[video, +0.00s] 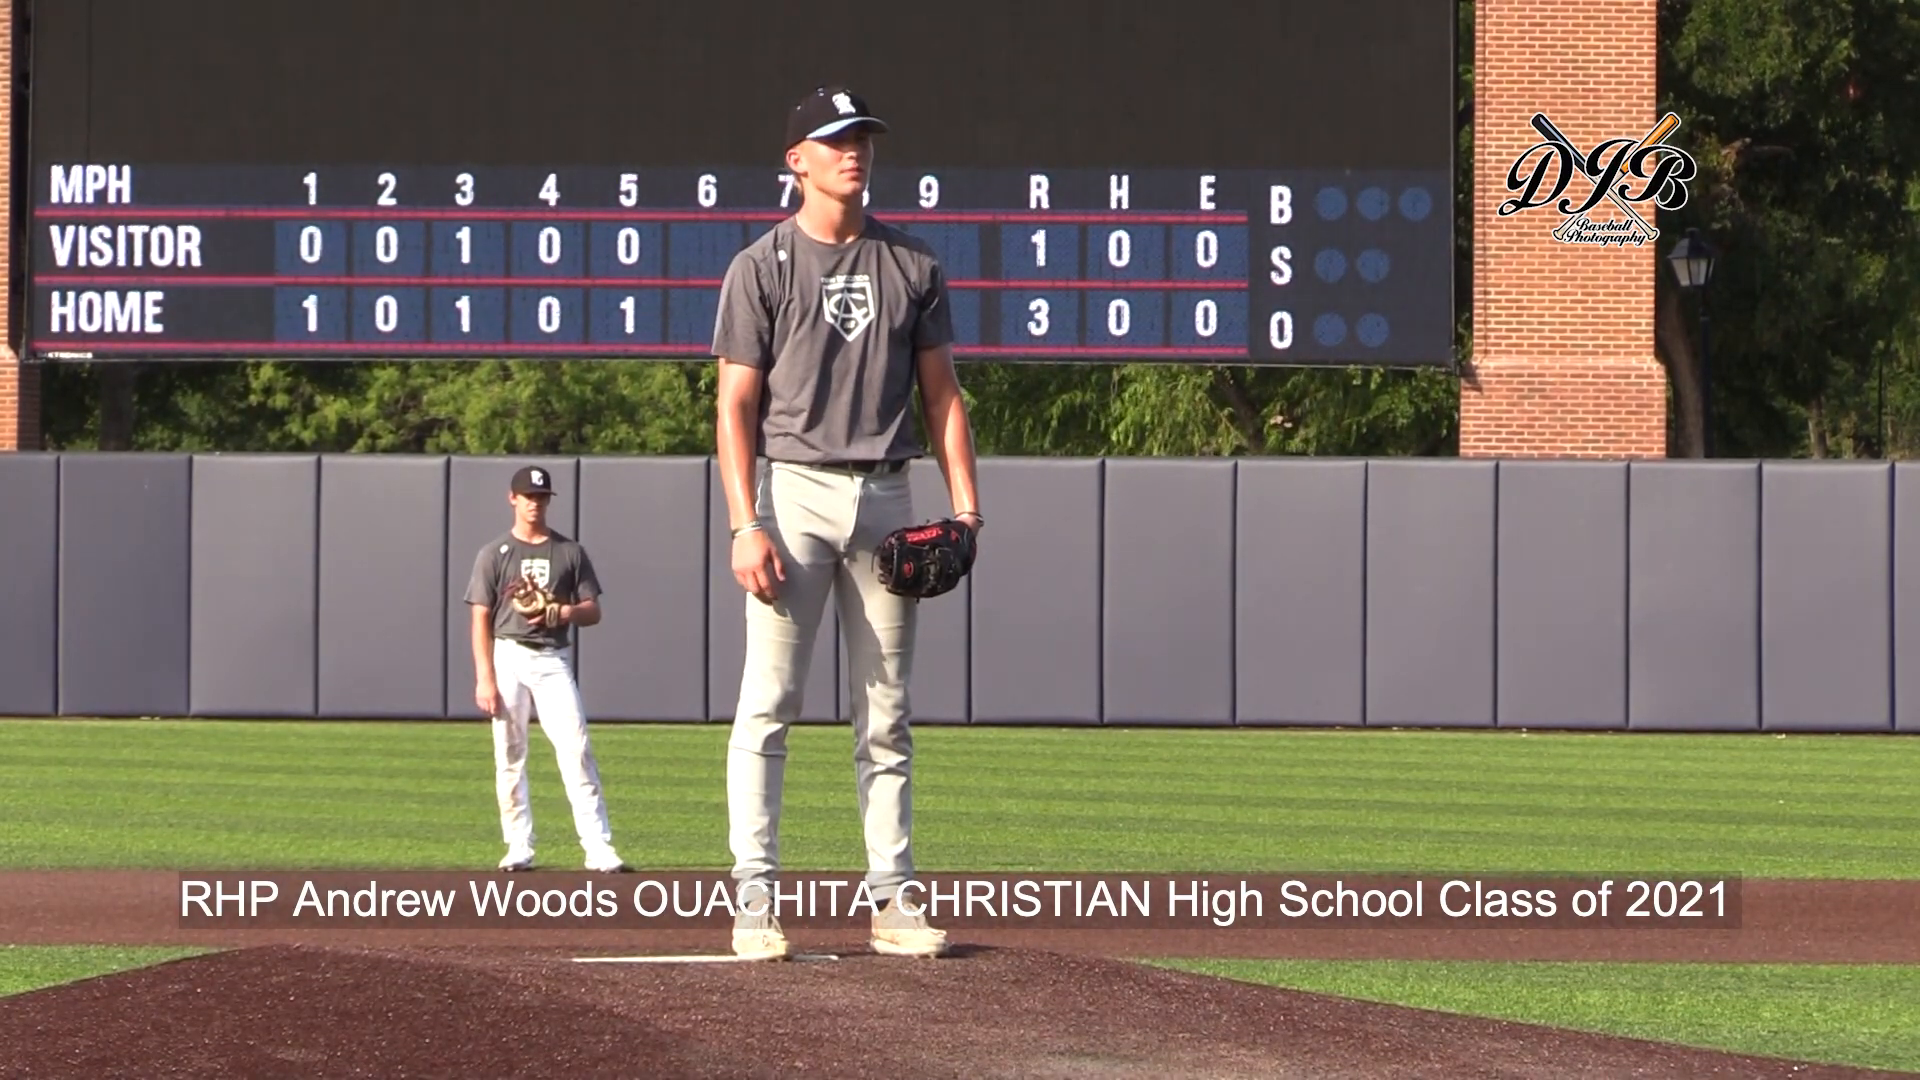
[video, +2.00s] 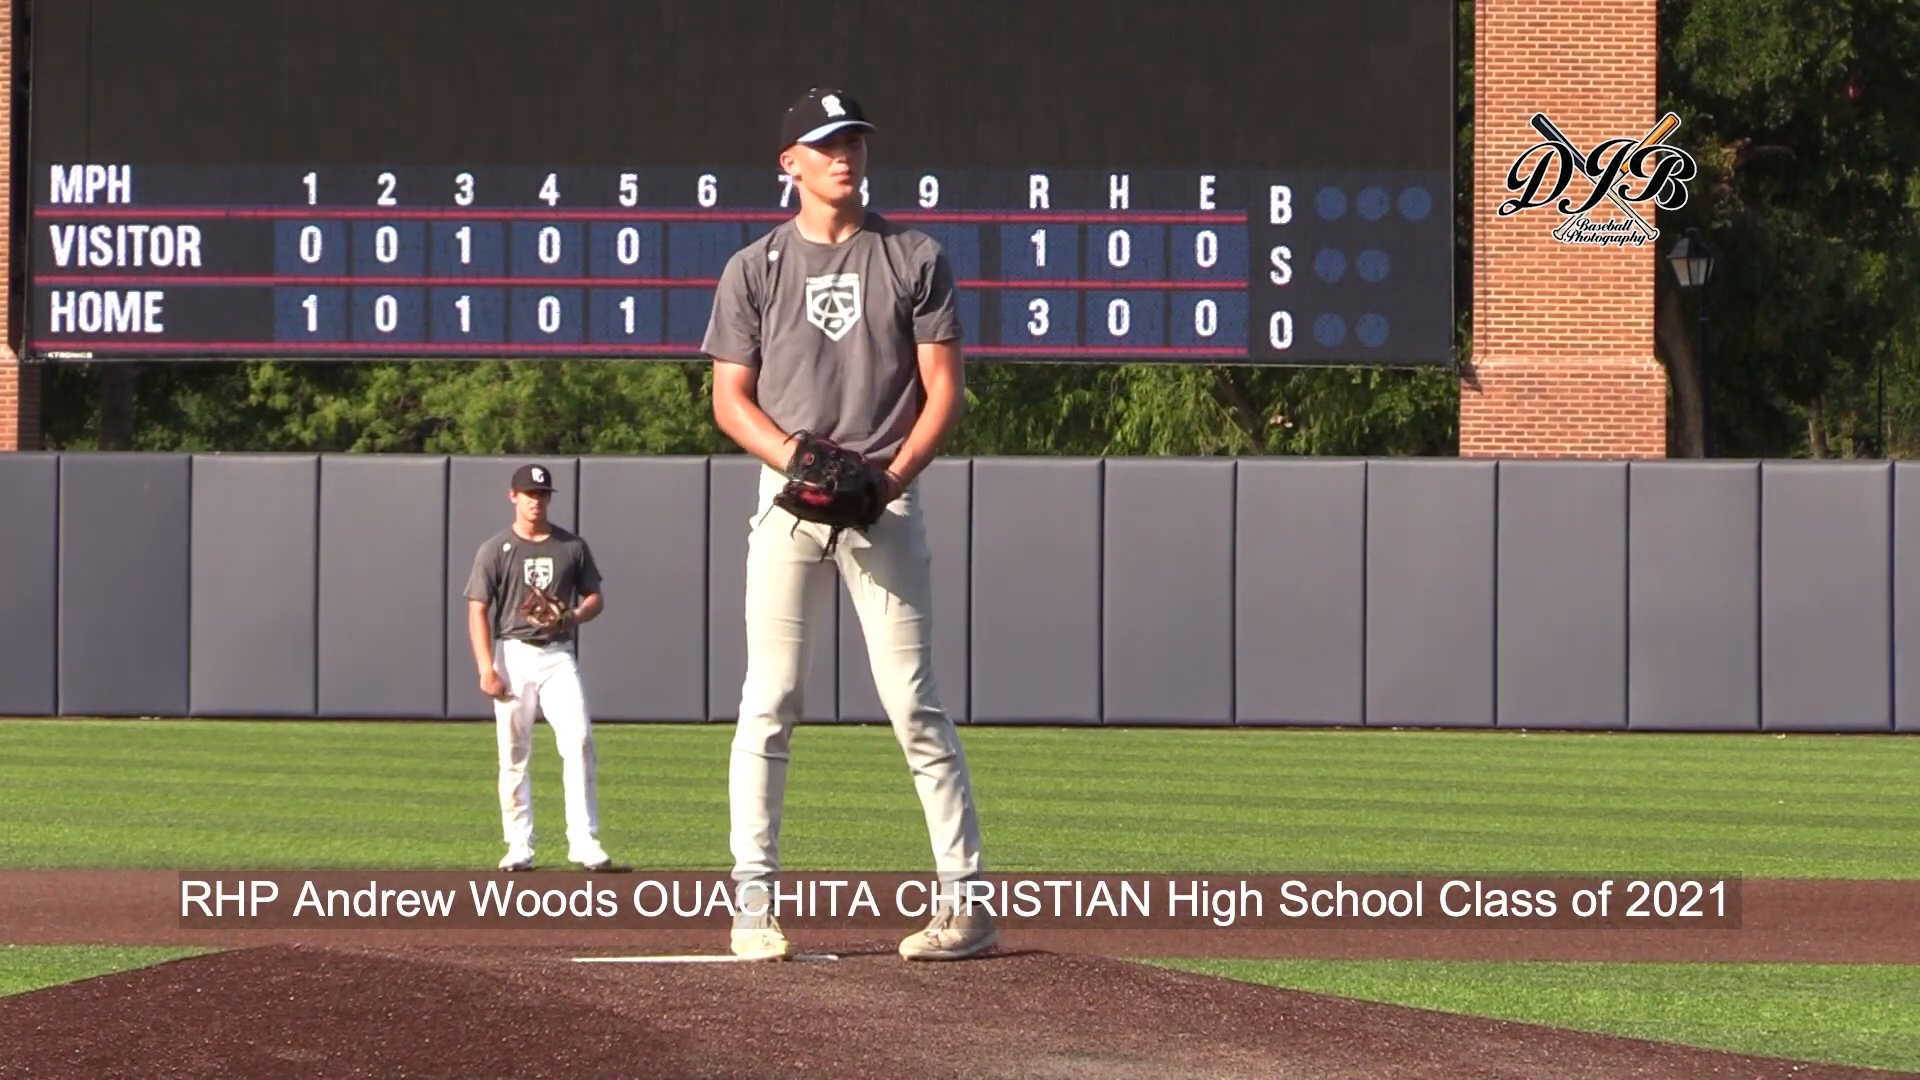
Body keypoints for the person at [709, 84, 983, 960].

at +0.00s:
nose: (853, 157)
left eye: (860, 143)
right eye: (836, 145)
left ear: (871, 157)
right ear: (798, 160)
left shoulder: (913, 268)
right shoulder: (758, 269)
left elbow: (944, 395)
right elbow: (733, 407)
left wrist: (965, 509)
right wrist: (744, 523)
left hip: (888, 496)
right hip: (792, 493)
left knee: (887, 712)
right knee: (769, 704)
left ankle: (893, 897)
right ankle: (756, 895)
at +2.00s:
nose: (845, 160)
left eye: (853, 146)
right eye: (826, 148)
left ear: (867, 158)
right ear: (791, 163)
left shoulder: (914, 258)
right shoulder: (752, 269)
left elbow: (944, 389)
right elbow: (729, 399)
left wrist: (889, 477)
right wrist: (797, 460)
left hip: (884, 507)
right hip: (785, 509)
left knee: (913, 709)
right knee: (769, 705)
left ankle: (964, 902)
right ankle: (755, 902)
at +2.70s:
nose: (920, 164)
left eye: (930, 149)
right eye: (903, 152)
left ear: (947, 159)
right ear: (873, 166)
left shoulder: (981, 252)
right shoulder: (853, 271)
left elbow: (994, 397)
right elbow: (844, 393)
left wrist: (902, 479)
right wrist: (826, 465)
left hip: (955, 504)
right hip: (872, 504)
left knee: (961, 706)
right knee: (860, 708)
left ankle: (971, 906)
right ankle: (880, 899)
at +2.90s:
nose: (925, 164)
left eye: (935, 149)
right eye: (908, 152)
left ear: (951, 159)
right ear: (877, 166)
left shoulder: (983, 251)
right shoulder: (861, 267)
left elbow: (993, 396)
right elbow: (849, 387)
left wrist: (900, 479)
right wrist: (822, 461)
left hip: (959, 502)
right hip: (876, 502)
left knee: (963, 704)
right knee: (857, 701)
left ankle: (971, 907)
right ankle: (878, 896)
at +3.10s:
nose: (925, 165)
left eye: (935, 151)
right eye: (908, 153)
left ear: (951, 161)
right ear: (877, 167)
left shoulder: (982, 250)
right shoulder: (860, 268)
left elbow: (987, 396)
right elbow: (848, 387)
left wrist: (893, 479)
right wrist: (817, 460)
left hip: (958, 501)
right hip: (877, 501)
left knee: (961, 705)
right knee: (861, 705)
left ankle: (971, 908)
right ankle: (877, 899)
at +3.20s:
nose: (922, 164)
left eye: (931, 150)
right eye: (905, 153)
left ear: (947, 160)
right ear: (874, 168)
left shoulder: (978, 250)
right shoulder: (859, 267)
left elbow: (982, 394)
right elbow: (849, 385)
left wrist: (886, 475)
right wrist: (814, 454)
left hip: (956, 501)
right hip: (875, 503)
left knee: (961, 705)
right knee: (854, 702)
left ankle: (971, 907)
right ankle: (880, 898)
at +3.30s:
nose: (915, 165)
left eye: (926, 151)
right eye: (898, 153)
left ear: (944, 161)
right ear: (870, 168)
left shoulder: (969, 249)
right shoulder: (859, 268)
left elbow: (969, 393)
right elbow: (848, 381)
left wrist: (865, 470)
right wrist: (810, 447)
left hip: (948, 501)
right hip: (871, 503)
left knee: (954, 704)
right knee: (851, 701)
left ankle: (970, 908)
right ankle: (881, 898)